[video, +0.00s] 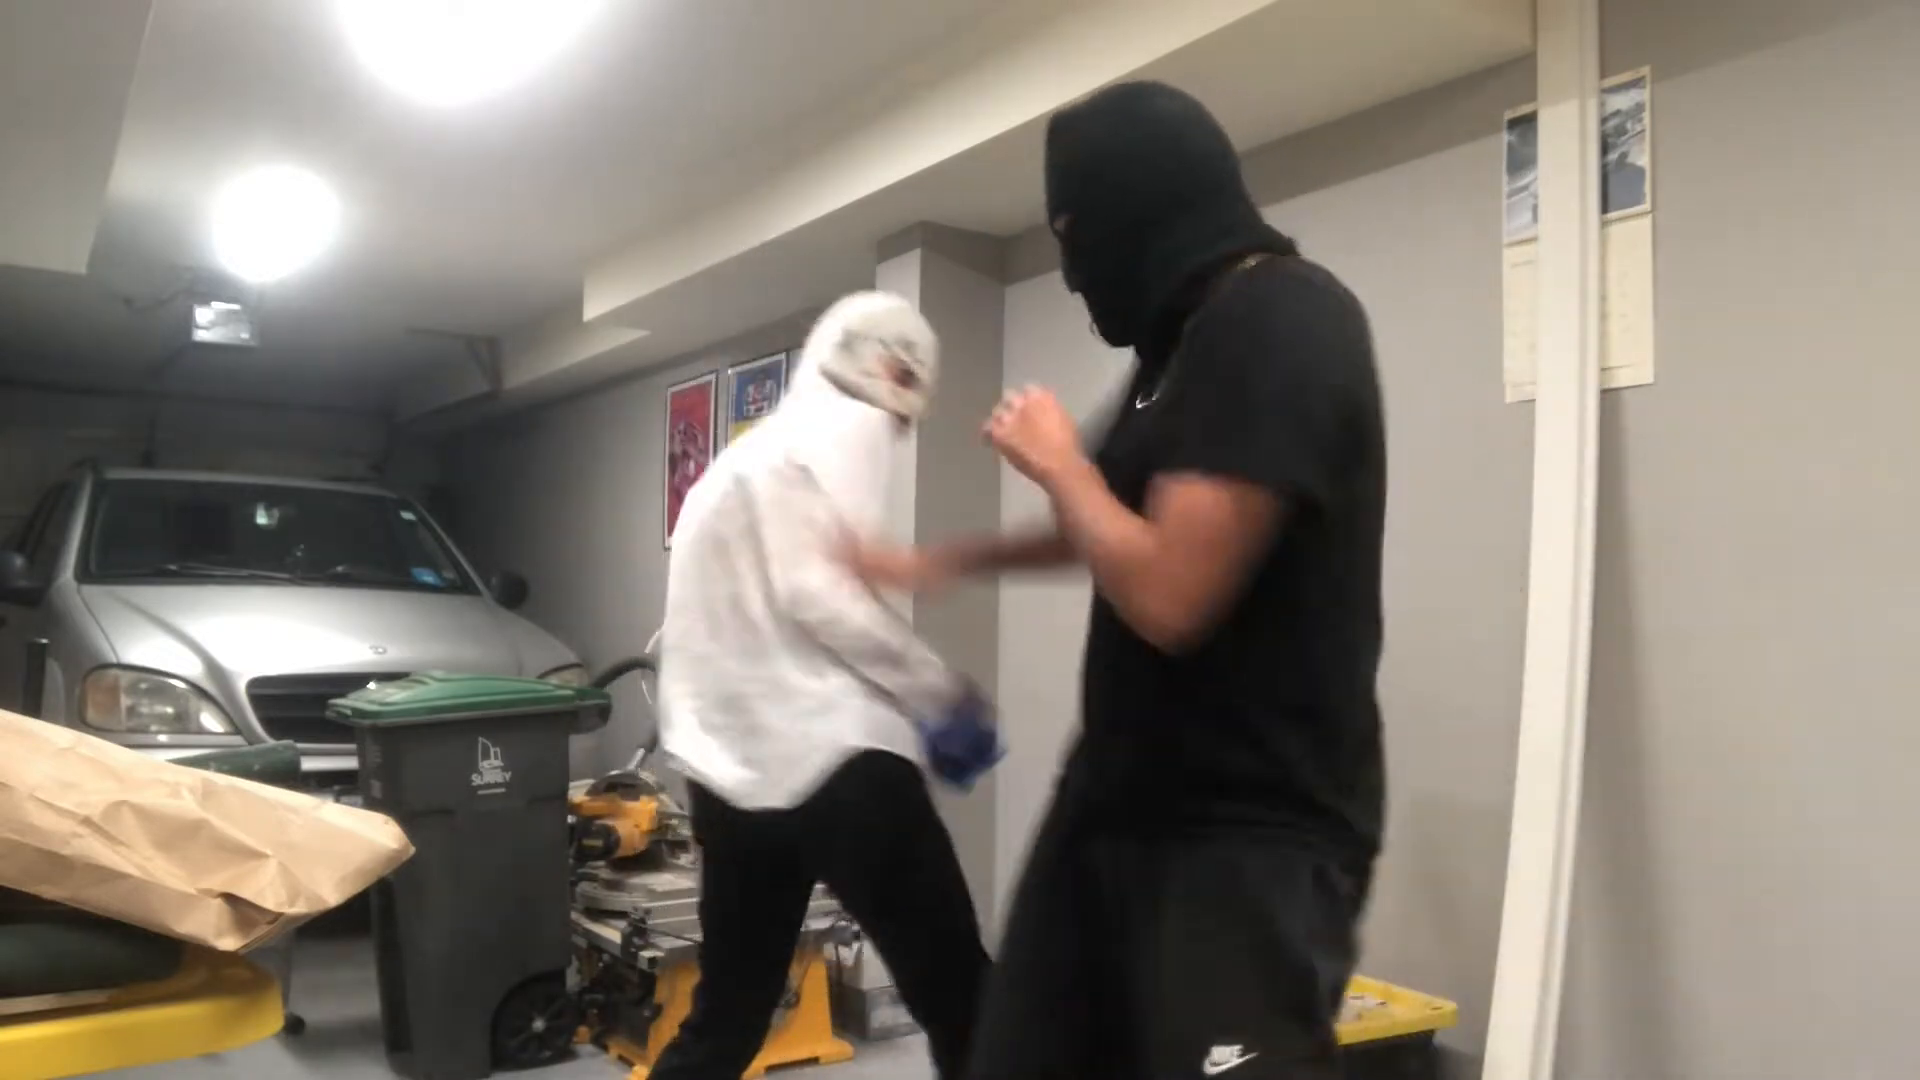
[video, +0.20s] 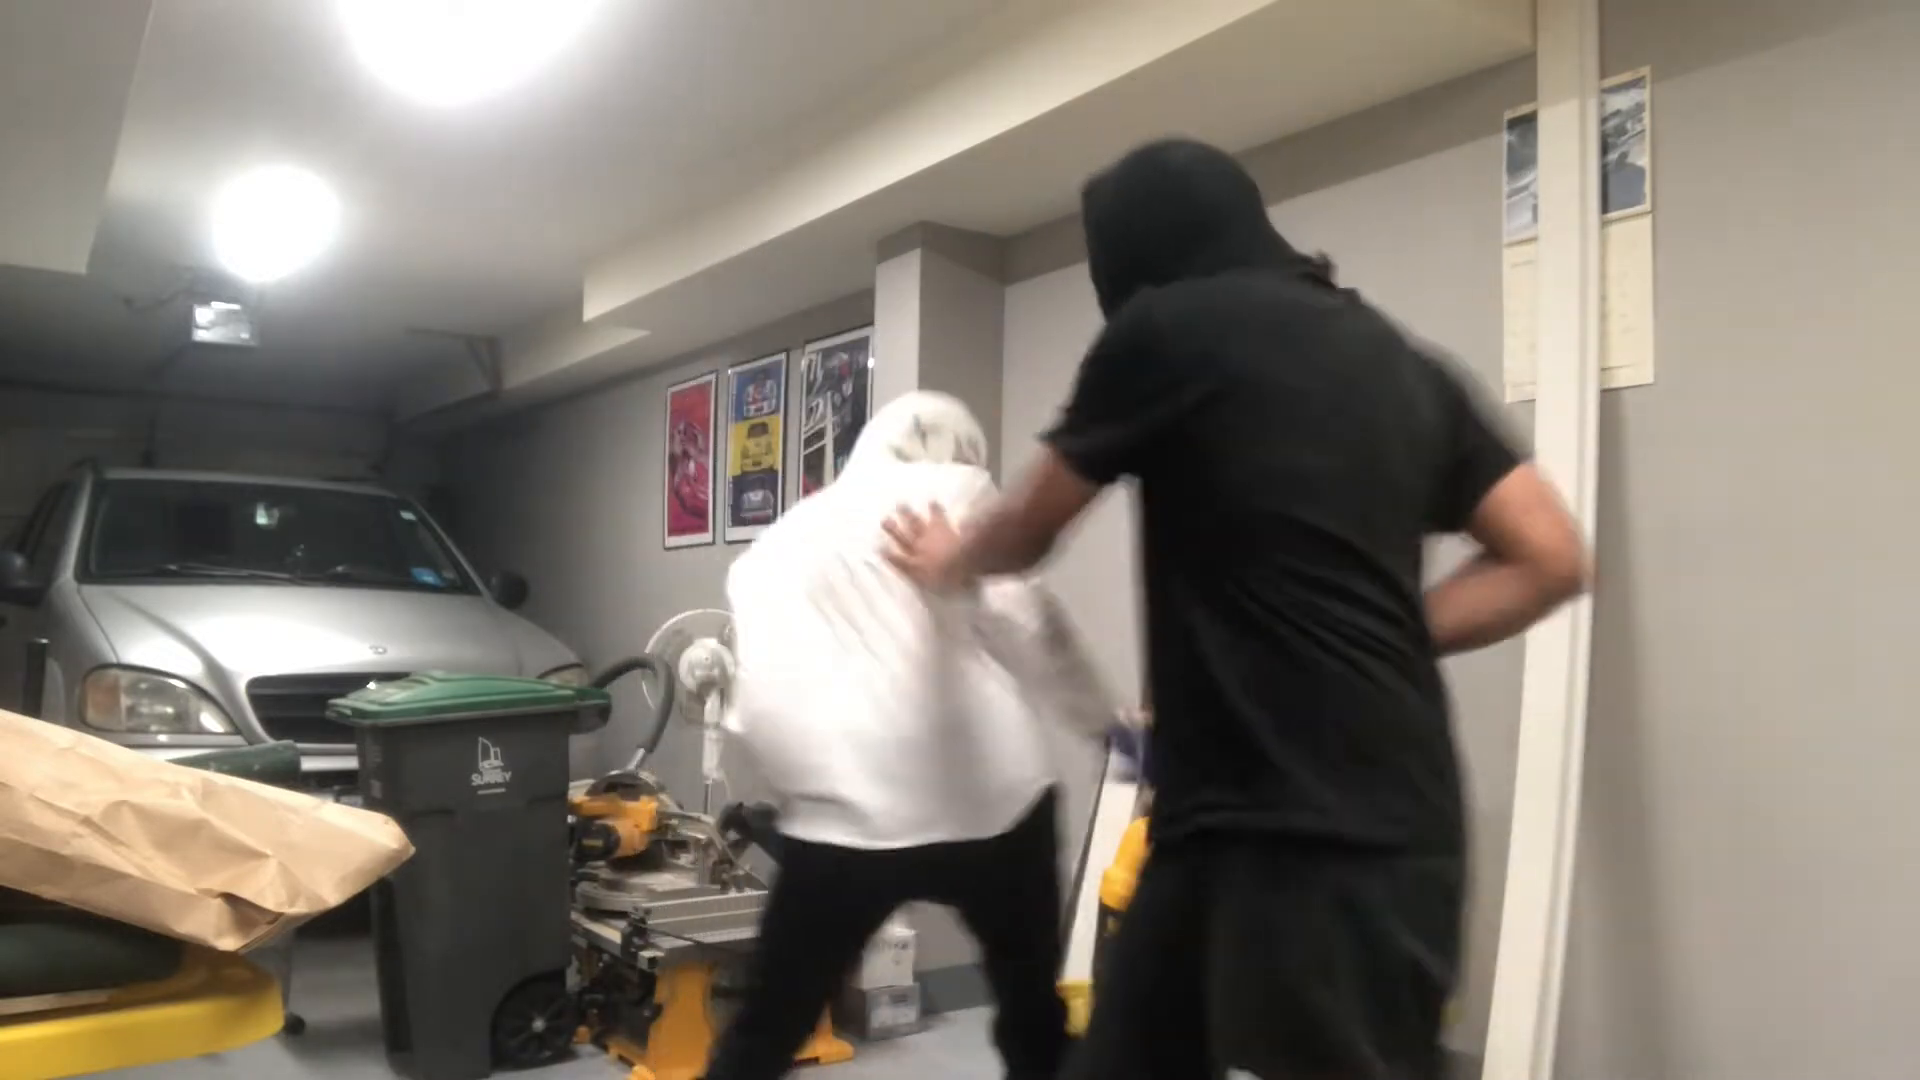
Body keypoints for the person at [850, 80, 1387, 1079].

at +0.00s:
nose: (1062, 261)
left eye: (1071, 226)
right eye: (1058, 232)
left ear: (1142, 206)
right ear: (1152, 208)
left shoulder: (1277, 316)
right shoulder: (1194, 338)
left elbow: (1173, 595)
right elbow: (1109, 532)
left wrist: (1065, 467)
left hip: (1243, 834)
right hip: (1127, 809)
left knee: (1222, 1063)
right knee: (1024, 1052)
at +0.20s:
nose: (1106, 290)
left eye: (1108, 264)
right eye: (1103, 267)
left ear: (1136, 249)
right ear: (1245, 223)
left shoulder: (1167, 330)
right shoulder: (1398, 360)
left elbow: (1024, 528)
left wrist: (952, 559)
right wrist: (1378, 632)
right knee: (1125, 1064)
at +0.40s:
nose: (1159, 331)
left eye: (1156, 296)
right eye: (1149, 302)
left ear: (1190, 261)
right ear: (1261, 221)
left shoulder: (1301, 282)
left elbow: (1150, 556)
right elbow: (1329, 627)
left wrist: (1083, 593)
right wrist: (1171, 578)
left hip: (1414, 867)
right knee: (1186, 1064)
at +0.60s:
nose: (1162, 359)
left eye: (1149, 322)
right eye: (1141, 331)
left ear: (1186, 270)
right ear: (1223, 234)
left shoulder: (1307, 281)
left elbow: (1268, 560)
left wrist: (1146, 538)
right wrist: (1176, 581)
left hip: (1468, 817)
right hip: (1367, 808)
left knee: (1393, 1061)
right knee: (1260, 1060)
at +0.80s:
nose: (1176, 372)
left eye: (1165, 344)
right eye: (1159, 355)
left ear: (1196, 290)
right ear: (1256, 240)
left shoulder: (1292, 298)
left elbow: (1124, 542)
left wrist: (1056, 558)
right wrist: (1254, 570)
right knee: (1277, 1069)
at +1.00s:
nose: (1221, 326)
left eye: (1217, 293)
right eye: (1207, 301)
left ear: (1267, 243)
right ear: (1314, 213)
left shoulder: (1370, 270)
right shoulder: (1431, 268)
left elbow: (1318, 554)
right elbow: (1363, 536)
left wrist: (1169, 513)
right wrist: (1222, 504)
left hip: (1469, 824)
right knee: (1298, 1061)